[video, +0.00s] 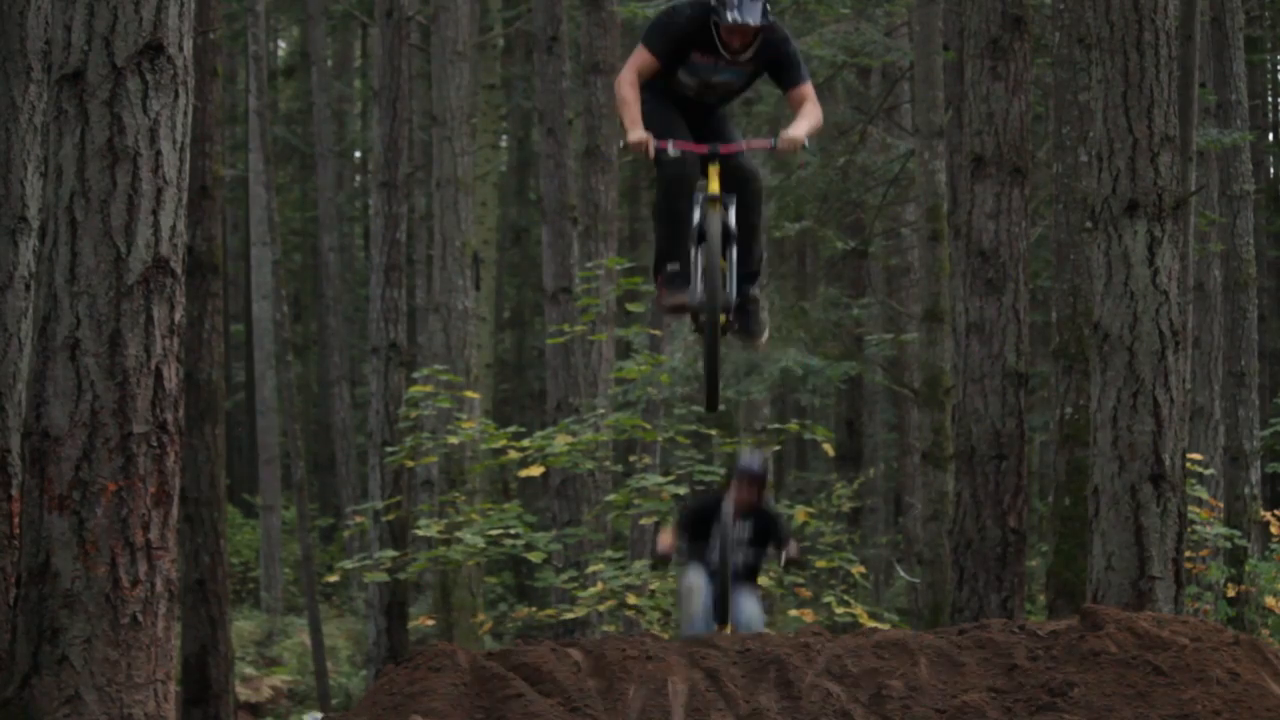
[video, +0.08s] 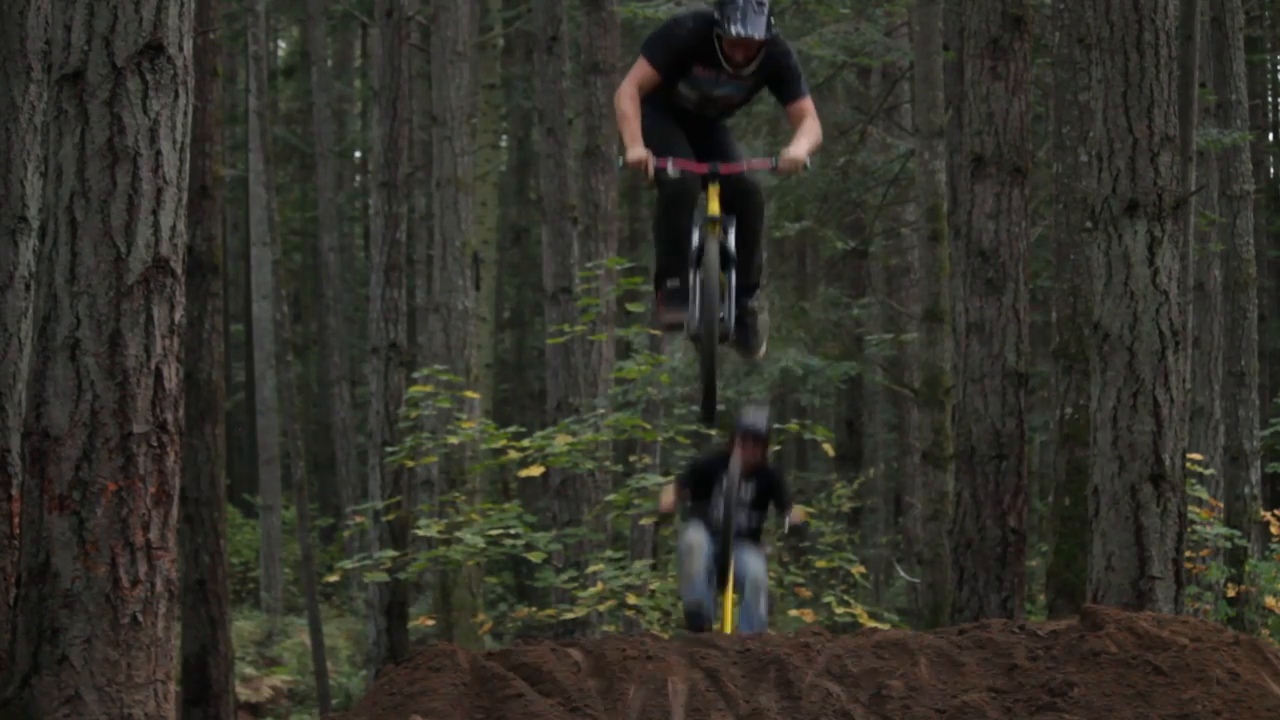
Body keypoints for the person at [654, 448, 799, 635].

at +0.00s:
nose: (745, 493)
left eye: (752, 487)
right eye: (741, 485)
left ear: (761, 490)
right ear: (732, 484)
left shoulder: (764, 518)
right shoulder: (707, 507)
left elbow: (784, 543)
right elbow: (678, 527)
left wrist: (789, 551)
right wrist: (668, 542)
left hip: (742, 582)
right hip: (706, 577)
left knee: (752, 623)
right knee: (694, 579)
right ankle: (696, 648)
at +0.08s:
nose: (749, 451)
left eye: (755, 446)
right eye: (744, 444)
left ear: (764, 449)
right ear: (735, 443)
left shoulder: (768, 476)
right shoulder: (714, 464)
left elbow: (786, 508)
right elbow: (679, 485)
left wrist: (795, 517)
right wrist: (669, 500)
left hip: (745, 542)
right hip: (708, 537)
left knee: (756, 574)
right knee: (693, 538)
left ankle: (753, 634)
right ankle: (697, 613)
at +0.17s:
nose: (754, 414)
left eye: (760, 407)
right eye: (748, 406)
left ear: (767, 409)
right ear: (737, 404)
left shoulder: (770, 437)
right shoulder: (718, 426)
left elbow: (788, 468)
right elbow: (684, 445)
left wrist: (793, 478)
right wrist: (672, 454)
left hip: (746, 501)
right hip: (708, 495)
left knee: (761, 530)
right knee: (695, 500)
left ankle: (753, 606)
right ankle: (698, 576)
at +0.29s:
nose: (763, 345)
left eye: (768, 339)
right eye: (758, 337)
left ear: (775, 340)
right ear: (747, 336)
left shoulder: (777, 364)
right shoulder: (728, 358)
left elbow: (796, 400)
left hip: (753, 432)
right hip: (719, 429)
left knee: (771, 448)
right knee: (705, 447)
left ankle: (757, 524)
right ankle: (699, 499)